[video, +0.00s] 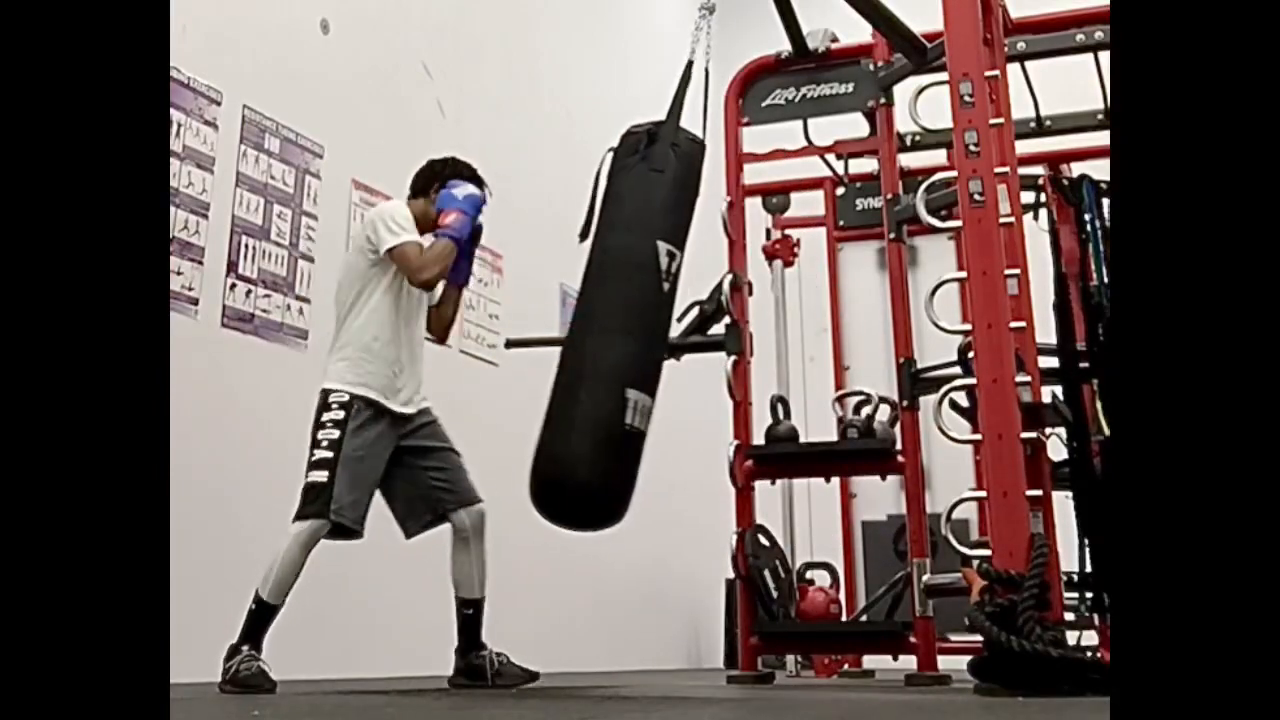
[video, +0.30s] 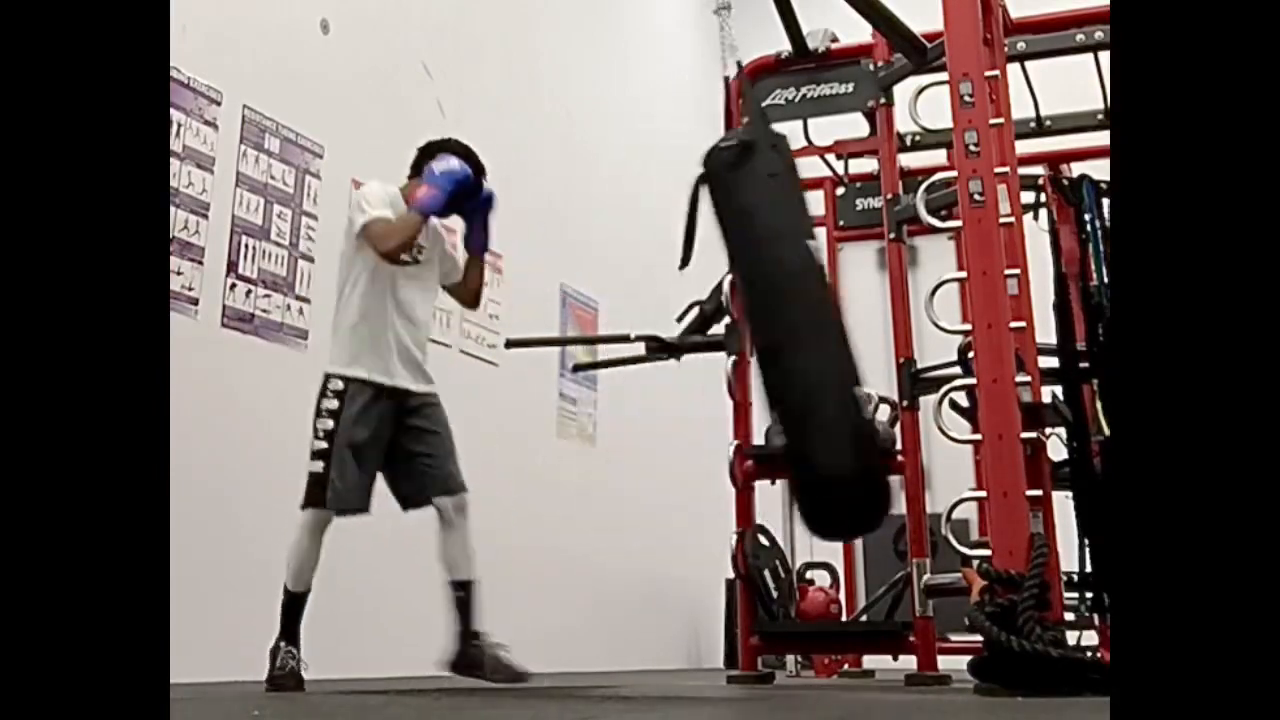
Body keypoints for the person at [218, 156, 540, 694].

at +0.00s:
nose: (459, 216)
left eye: (465, 209)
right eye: (457, 204)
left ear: (439, 204)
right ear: (433, 194)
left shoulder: (424, 251)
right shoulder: (385, 214)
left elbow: (438, 331)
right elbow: (422, 272)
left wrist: (463, 262)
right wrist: (456, 229)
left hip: (406, 403)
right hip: (355, 394)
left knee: (470, 516)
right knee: (315, 521)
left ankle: (472, 657)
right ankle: (245, 652)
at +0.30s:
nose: (452, 196)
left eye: (460, 190)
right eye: (449, 183)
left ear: (448, 193)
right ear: (423, 175)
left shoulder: (437, 238)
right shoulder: (373, 197)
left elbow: (470, 296)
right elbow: (388, 245)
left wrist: (477, 230)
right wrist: (429, 199)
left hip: (414, 388)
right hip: (355, 380)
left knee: (453, 504)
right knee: (318, 512)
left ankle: (468, 644)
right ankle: (287, 647)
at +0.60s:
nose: (431, 203)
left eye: (440, 197)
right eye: (427, 188)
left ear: (445, 204)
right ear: (406, 185)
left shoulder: (436, 243)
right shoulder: (365, 210)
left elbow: (474, 292)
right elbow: (367, 255)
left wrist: (474, 226)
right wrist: (407, 211)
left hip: (412, 387)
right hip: (350, 381)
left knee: (458, 495)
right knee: (307, 508)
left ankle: (433, 630)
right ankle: (273, 643)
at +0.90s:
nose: (509, 245)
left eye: (519, 239)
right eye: (503, 235)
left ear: (529, 237)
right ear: (485, 227)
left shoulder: (529, 269)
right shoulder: (449, 257)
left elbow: (562, 331)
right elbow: (432, 301)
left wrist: (564, 271)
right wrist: (472, 247)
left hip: (515, 416)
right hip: (452, 417)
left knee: (553, 524)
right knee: (418, 536)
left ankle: (578, 651)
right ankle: (425, 652)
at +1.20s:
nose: (559, 240)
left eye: (567, 232)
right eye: (551, 230)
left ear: (570, 238)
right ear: (530, 225)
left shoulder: (569, 292)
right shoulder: (492, 266)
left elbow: (577, 356)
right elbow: (439, 272)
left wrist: (595, 295)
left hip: (545, 427)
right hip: (482, 421)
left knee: (590, 519)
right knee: (445, 543)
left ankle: (599, 650)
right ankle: (423, 652)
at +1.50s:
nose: (524, 238)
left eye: (531, 233)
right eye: (521, 225)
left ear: (531, 235)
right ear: (499, 214)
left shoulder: (524, 274)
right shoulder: (456, 242)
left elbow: (563, 328)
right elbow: (447, 291)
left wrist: (562, 266)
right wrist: (487, 240)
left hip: (509, 413)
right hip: (456, 399)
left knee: (556, 527)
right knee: (419, 528)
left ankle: (588, 653)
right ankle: (380, 653)